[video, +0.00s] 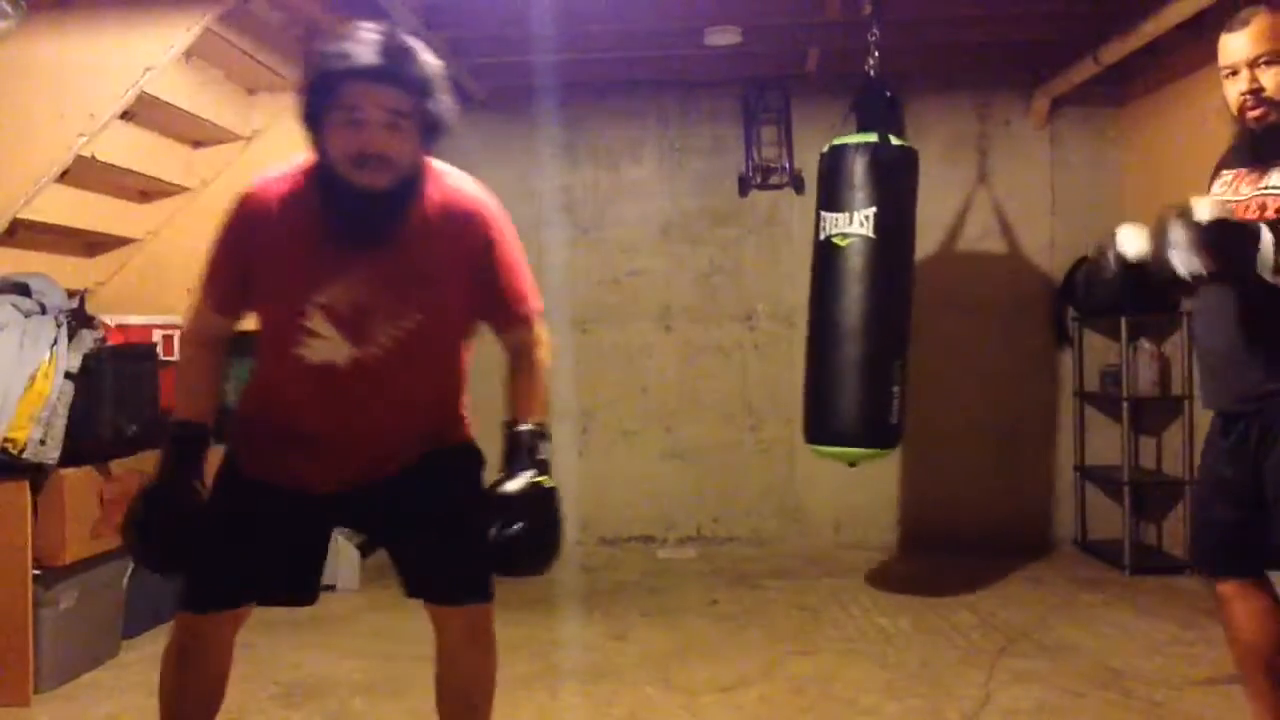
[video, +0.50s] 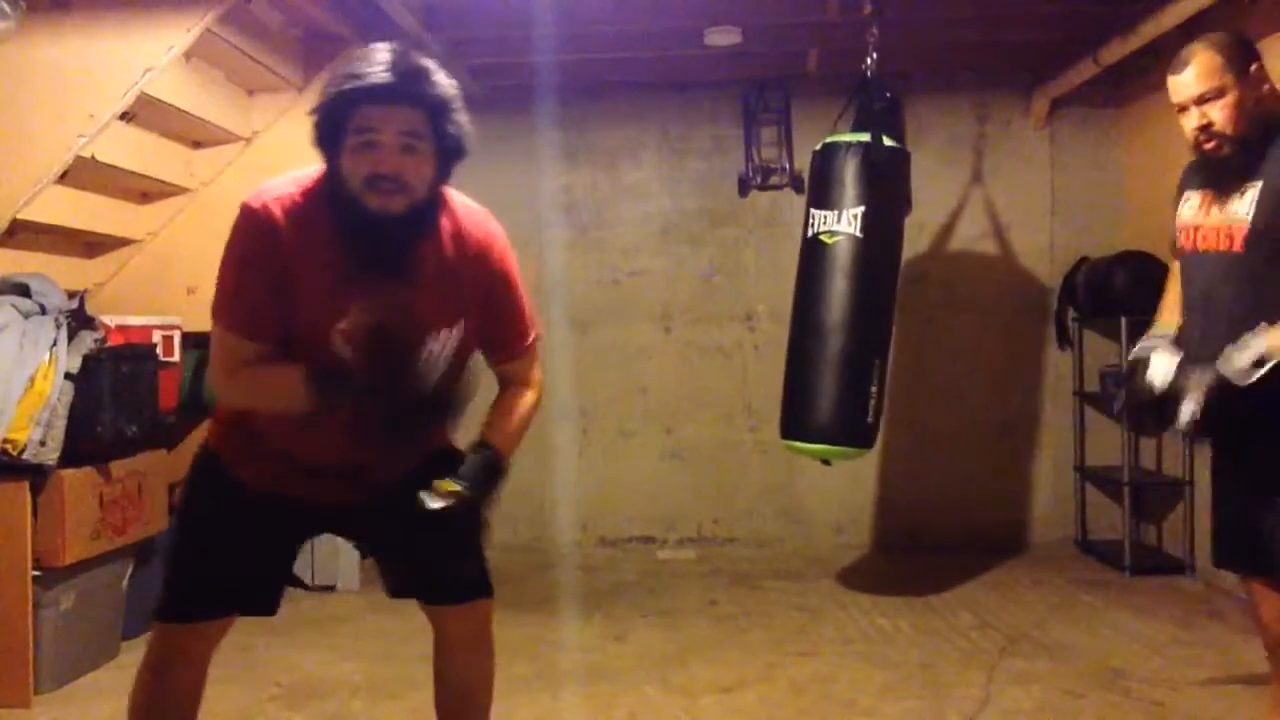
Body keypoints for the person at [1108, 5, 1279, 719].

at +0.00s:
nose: (1248, 85)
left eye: (1262, 66)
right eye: (1233, 72)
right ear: (1220, 80)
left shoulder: (1279, 169)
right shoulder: (1231, 169)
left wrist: (1257, 250)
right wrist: (1144, 256)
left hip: (1273, 406)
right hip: (1237, 410)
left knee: (1243, 573)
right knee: (1232, 573)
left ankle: (1265, 703)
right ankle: (1264, 707)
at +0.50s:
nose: (1197, 123)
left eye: (1210, 99)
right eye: (1183, 109)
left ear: (1258, 84)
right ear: (1173, 111)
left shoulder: (1277, 166)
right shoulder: (1196, 176)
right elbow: (1184, 273)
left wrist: (1275, 337)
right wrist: (1163, 338)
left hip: (1279, 412)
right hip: (1236, 411)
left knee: (1271, 580)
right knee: (1259, 573)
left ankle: (1275, 689)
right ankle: (1274, 686)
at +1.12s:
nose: (1198, 127)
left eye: (1212, 108)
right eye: (1184, 116)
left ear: (1251, 103)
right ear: (1174, 125)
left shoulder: (1269, 169)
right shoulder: (1206, 187)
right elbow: (1206, 293)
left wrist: (1239, 323)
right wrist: (1153, 331)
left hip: (1255, 411)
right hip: (1222, 410)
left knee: (1235, 569)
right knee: (1230, 568)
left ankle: (1266, 706)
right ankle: (1265, 700)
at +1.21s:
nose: (1196, 127)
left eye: (1210, 107)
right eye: (1183, 115)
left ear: (1251, 101)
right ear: (1174, 121)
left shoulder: (1269, 168)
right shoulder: (1203, 186)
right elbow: (1206, 287)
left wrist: (1220, 304)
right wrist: (1150, 307)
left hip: (1255, 411)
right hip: (1222, 410)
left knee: (1234, 574)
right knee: (1243, 574)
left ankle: (1254, 710)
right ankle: (1256, 705)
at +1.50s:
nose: (1174, 129)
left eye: (1188, 108)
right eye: (1160, 117)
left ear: (1230, 98)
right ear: (1151, 122)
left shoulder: (1258, 164)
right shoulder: (1199, 184)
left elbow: (1256, 288)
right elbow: (1182, 305)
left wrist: (1166, 248)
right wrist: (1128, 270)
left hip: (1249, 421)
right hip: (1218, 422)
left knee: (1241, 605)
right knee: (1245, 601)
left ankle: (1236, 716)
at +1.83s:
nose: (1122, 120)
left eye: (1136, 98)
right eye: (1107, 109)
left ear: (1178, 88)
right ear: (1098, 115)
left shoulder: (1217, 157)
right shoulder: (1162, 171)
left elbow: (1206, 300)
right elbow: (1127, 301)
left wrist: (1127, 233)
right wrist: (1096, 240)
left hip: (1240, 417)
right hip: (1213, 416)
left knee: (1241, 609)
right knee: (1243, 604)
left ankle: (1236, 716)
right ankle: (1246, 710)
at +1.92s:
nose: (1115, 118)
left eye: (1129, 97)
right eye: (1100, 108)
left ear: (1170, 86)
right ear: (1090, 114)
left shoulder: (1211, 156)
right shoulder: (1153, 172)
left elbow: (1208, 300)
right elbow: (1134, 302)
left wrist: (1122, 240)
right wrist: (1094, 259)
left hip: (1240, 415)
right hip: (1212, 414)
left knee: (1241, 610)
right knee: (1244, 605)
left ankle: (1236, 714)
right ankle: (1243, 709)